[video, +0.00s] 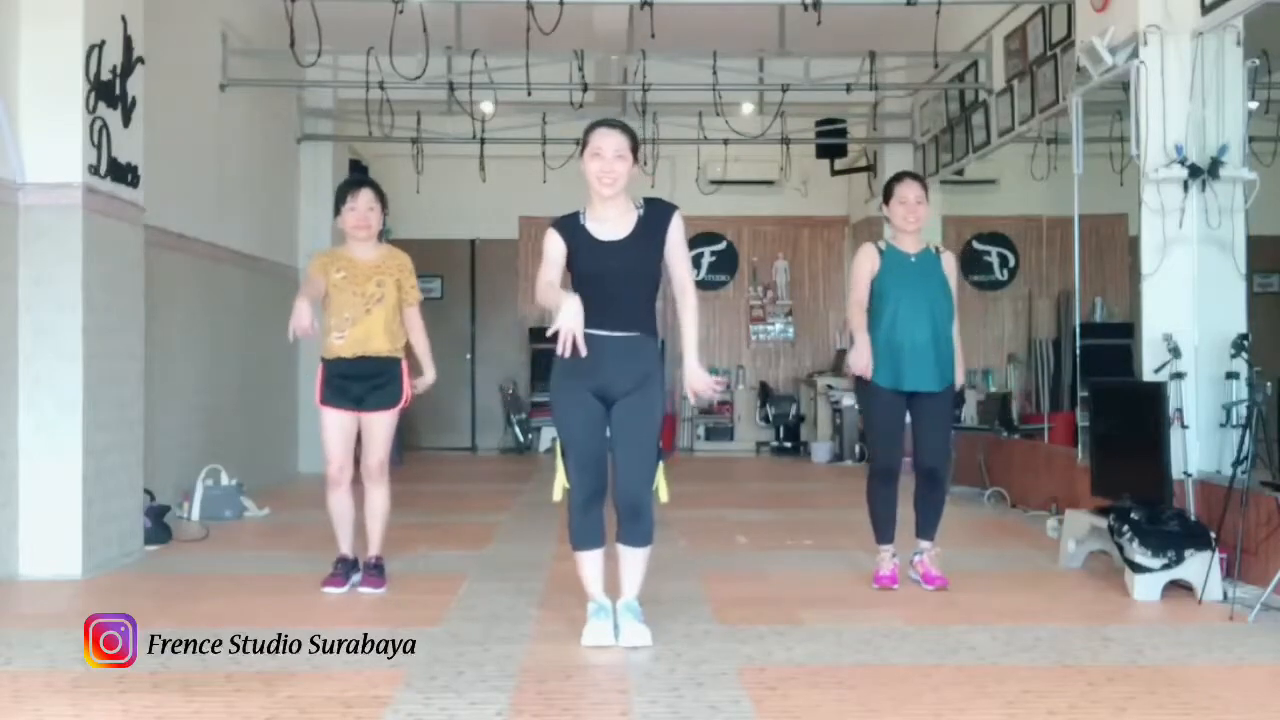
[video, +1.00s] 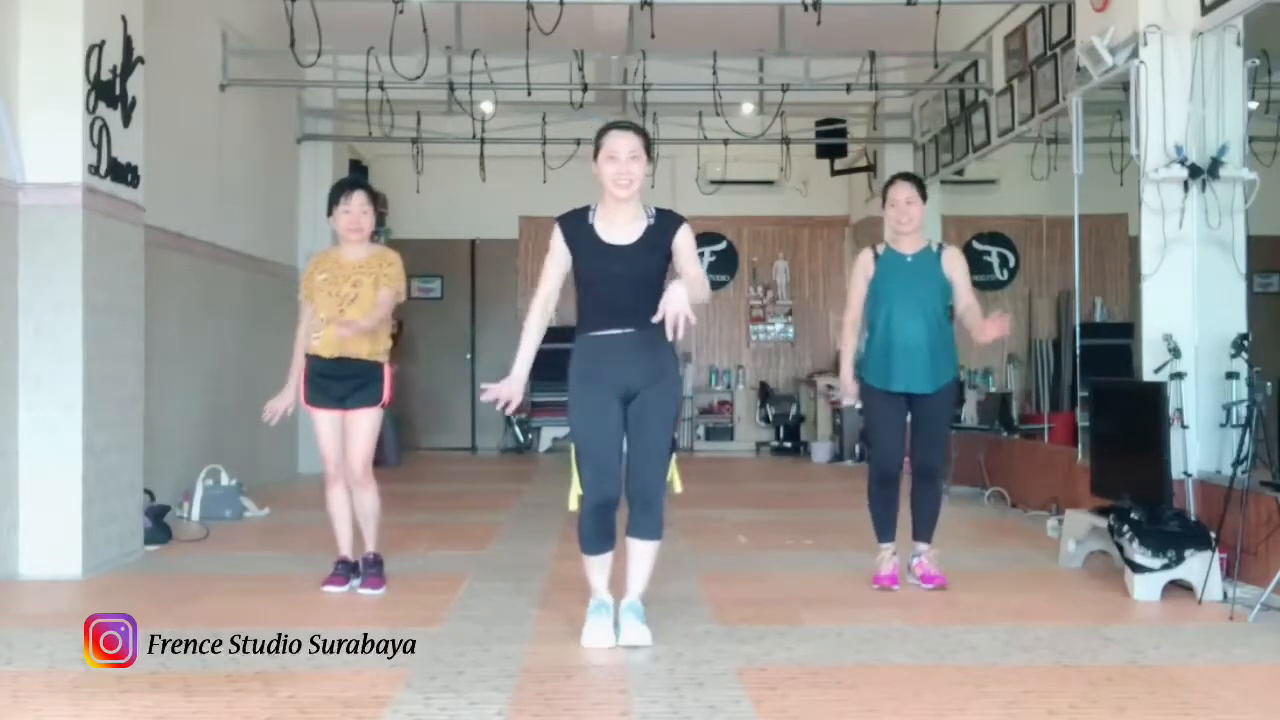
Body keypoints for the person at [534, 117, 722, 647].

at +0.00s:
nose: (607, 166)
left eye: (618, 156)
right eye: (597, 155)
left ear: (635, 165)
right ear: (582, 163)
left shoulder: (664, 220)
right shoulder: (562, 231)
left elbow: (685, 291)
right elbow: (544, 292)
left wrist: (692, 361)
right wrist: (567, 299)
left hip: (641, 368)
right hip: (576, 368)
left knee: (635, 490)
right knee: (585, 488)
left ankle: (629, 605)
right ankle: (597, 605)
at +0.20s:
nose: (605, 168)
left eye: (616, 159)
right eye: (595, 158)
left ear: (633, 167)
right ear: (580, 166)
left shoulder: (663, 220)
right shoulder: (563, 234)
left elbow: (688, 289)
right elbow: (541, 304)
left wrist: (689, 355)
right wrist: (567, 280)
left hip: (637, 370)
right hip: (575, 370)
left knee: (628, 492)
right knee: (583, 491)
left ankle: (629, 606)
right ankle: (597, 606)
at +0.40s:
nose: (608, 168)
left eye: (619, 158)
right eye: (598, 157)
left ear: (635, 167)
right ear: (582, 166)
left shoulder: (664, 220)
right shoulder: (565, 236)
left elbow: (687, 293)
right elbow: (546, 304)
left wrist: (694, 360)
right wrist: (563, 328)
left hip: (639, 370)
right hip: (577, 370)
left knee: (633, 493)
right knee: (585, 490)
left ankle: (629, 605)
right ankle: (597, 605)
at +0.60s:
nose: (616, 162)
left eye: (626, 152)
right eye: (605, 152)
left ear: (641, 160)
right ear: (588, 161)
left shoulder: (666, 218)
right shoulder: (568, 228)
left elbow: (689, 293)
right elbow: (550, 302)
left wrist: (694, 357)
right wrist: (548, 363)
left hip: (646, 364)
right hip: (584, 364)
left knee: (641, 487)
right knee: (591, 487)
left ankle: (630, 604)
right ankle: (598, 604)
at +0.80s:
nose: (622, 161)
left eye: (632, 151)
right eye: (611, 151)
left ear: (647, 159)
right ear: (593, 160)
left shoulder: (669, 220)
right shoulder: (569, 224)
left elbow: (692, 286)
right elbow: (548, 301)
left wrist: (684, 319)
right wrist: (534, 373)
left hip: (653, 364)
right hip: (590, 366)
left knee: (645, 487)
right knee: (598, 487)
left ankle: (632, 604)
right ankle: (599, 605)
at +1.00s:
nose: (624, 168)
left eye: (633, 158)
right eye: (613, 158)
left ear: (648, 167)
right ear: (595, 165)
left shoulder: (672, 228)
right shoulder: (570, 229)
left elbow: (703, 291)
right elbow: (542, 305)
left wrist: (681, 287)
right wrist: (518, 374)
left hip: (655, 367)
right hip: (592, 369)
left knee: (648, 488)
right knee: (599, 491)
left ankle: (633, 605)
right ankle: (599, 602)